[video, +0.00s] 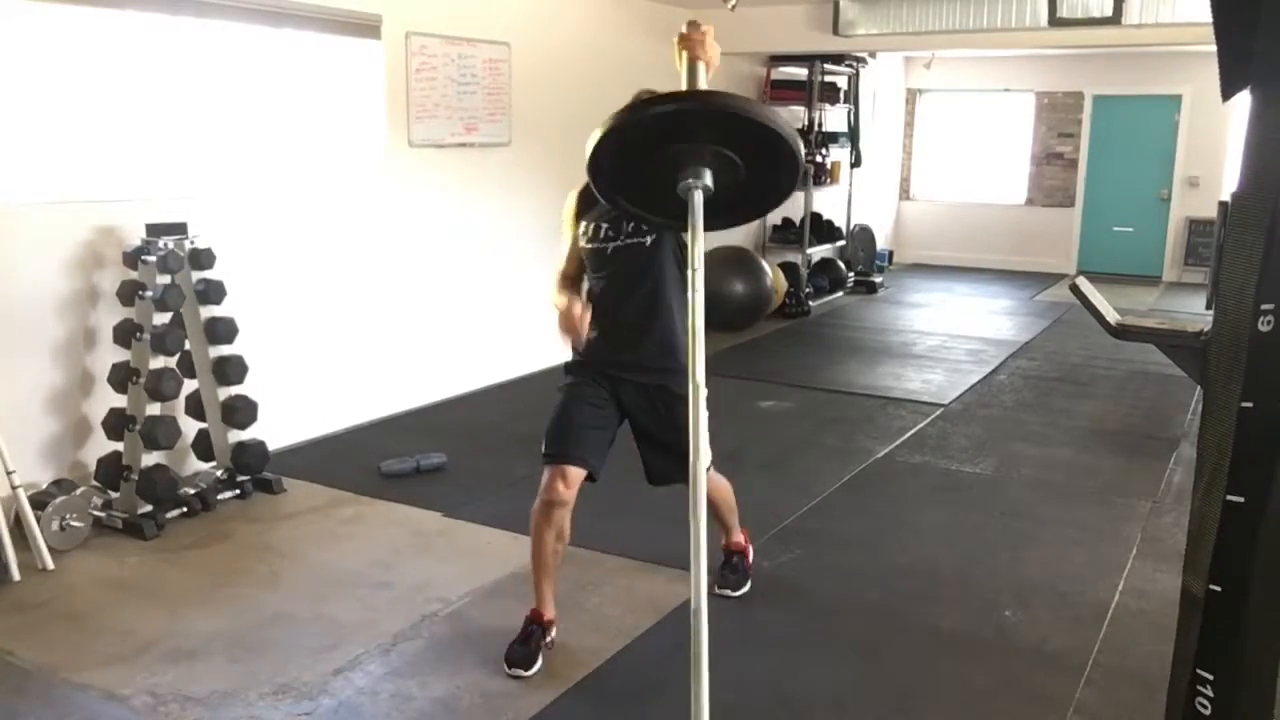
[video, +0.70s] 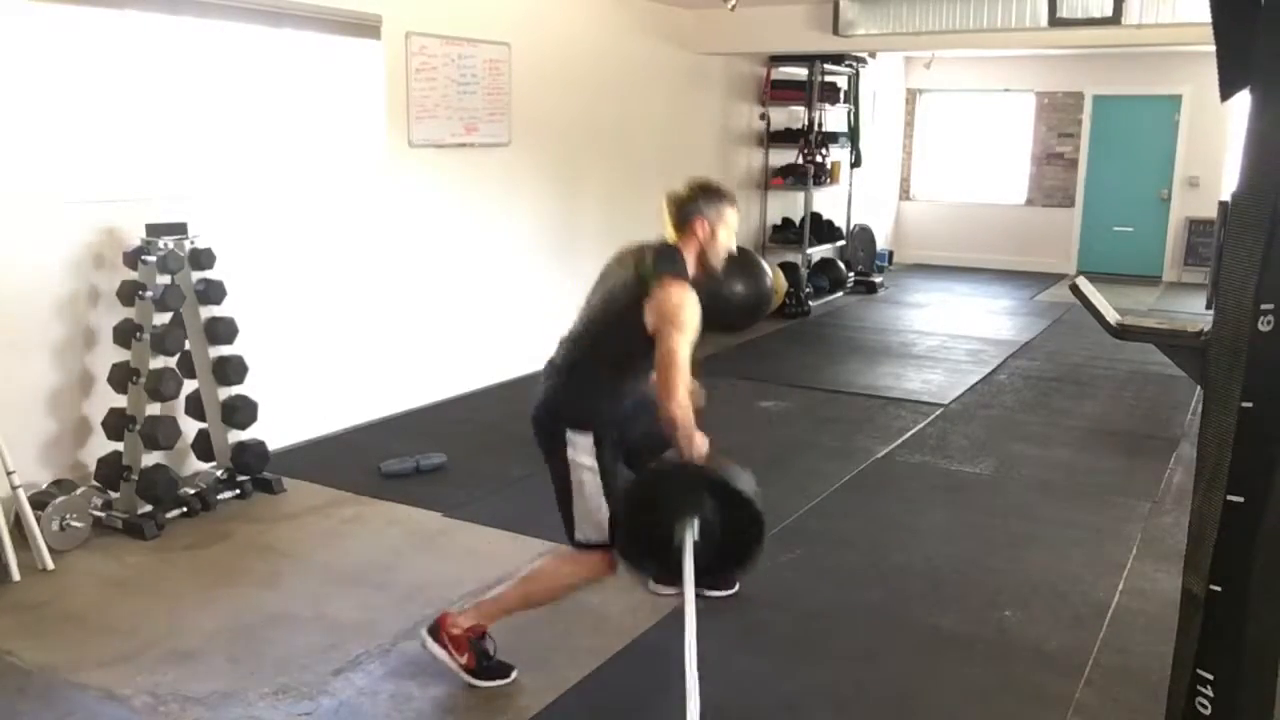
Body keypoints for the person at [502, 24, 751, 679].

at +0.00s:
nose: (634, 140)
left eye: (646, 130)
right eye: (627, 131)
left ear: (663, 138)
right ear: (611, 138)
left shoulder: (677, 192)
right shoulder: (590, 198)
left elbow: (704, 133)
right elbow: (571, 272)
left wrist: (701, 67)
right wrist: (570, 303)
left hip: (666, 369)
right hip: (598, 366)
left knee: (697, 475)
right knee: (558, 484)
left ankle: (736, 541)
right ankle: (541, 614)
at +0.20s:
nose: (655, 139)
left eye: (663, 128)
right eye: (643, 125)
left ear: (672, 128)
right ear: (611, 121)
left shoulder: (668, 178)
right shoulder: (567, 179)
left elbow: (706, 205)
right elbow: (541, 271)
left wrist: (695, 126)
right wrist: (597, 215)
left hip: (659, 354)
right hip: (586, 356)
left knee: (697, 466)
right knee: (566, 494)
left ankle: (715, 541)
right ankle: (541, 617)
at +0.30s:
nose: (669, 133)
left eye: (674, 123)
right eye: (658, 121)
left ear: (677, 123)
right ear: (621, 116)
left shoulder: (678, 167)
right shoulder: (574, 173)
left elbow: (698, 244)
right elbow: (560, 259)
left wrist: (689, 194)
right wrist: (634, 203)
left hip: (654, 336)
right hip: (584, 343)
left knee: (687, 451)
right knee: (576, 495)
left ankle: (691, 550)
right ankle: (524, 614)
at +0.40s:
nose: (689, 141)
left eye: (692, 129)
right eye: (681, 128)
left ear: (658, 127)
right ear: (642, 122)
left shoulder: (668, 188)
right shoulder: (591, 182)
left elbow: (665, 268)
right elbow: (571, 268)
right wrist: (662, 244)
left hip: (645, 347)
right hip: (585, 352)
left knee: (679, 449)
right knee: (577, 497)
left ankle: (678, 557)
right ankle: (488, 613)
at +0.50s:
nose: (711, 165)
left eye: (712, 152)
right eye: (704, 151)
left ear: (673, 150)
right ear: (668, 147)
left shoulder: (662, 206)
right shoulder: (623, 209)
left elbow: (659, 284)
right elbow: (599, 294)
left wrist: (701, 308)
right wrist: (679, 314)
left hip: (626, 353)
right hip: (581, 362)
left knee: (677, 445)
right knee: (581, 509)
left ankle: (675, 565)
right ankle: (475, 620)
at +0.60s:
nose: (725, 202)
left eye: (726, 190)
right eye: (720, 189)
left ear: (685, 187)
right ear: (688, 187)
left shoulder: (657, 233)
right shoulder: (654, 246)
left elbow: (659, 321)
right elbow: (649, 347)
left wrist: (693, 359)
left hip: (617, 382)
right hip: (579, 390)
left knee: (682, 450)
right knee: (588, 530)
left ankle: (673, 564)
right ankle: (464, 624)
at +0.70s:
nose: (732, 242)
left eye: (733, 229)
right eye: (728, 228)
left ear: (688, 226)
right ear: (702, 227)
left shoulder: (642, 258)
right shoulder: (677, 295)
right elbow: (674, 403)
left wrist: (681, 388)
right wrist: (698, 465)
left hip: (618, 401)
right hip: (576, 415)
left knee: (670, 472)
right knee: (597, 555)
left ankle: (671, 559)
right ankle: (462, 625)